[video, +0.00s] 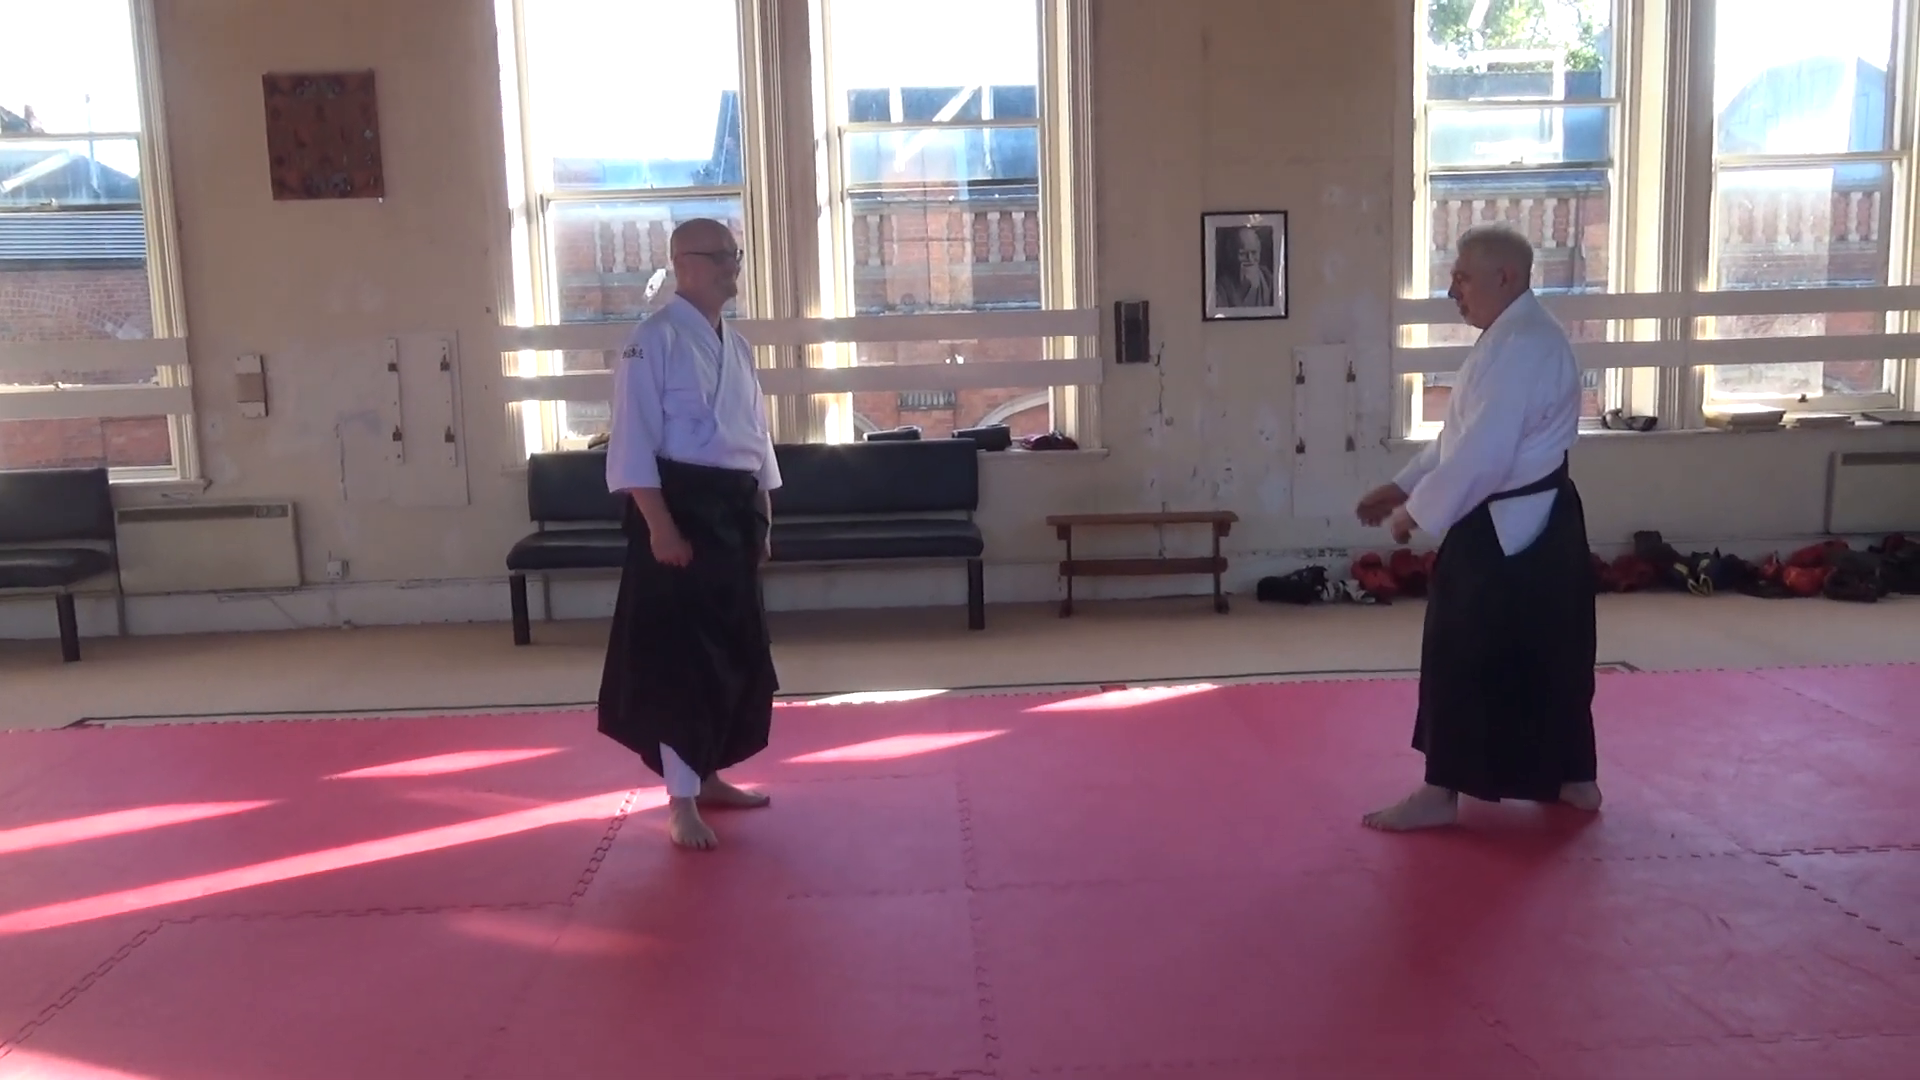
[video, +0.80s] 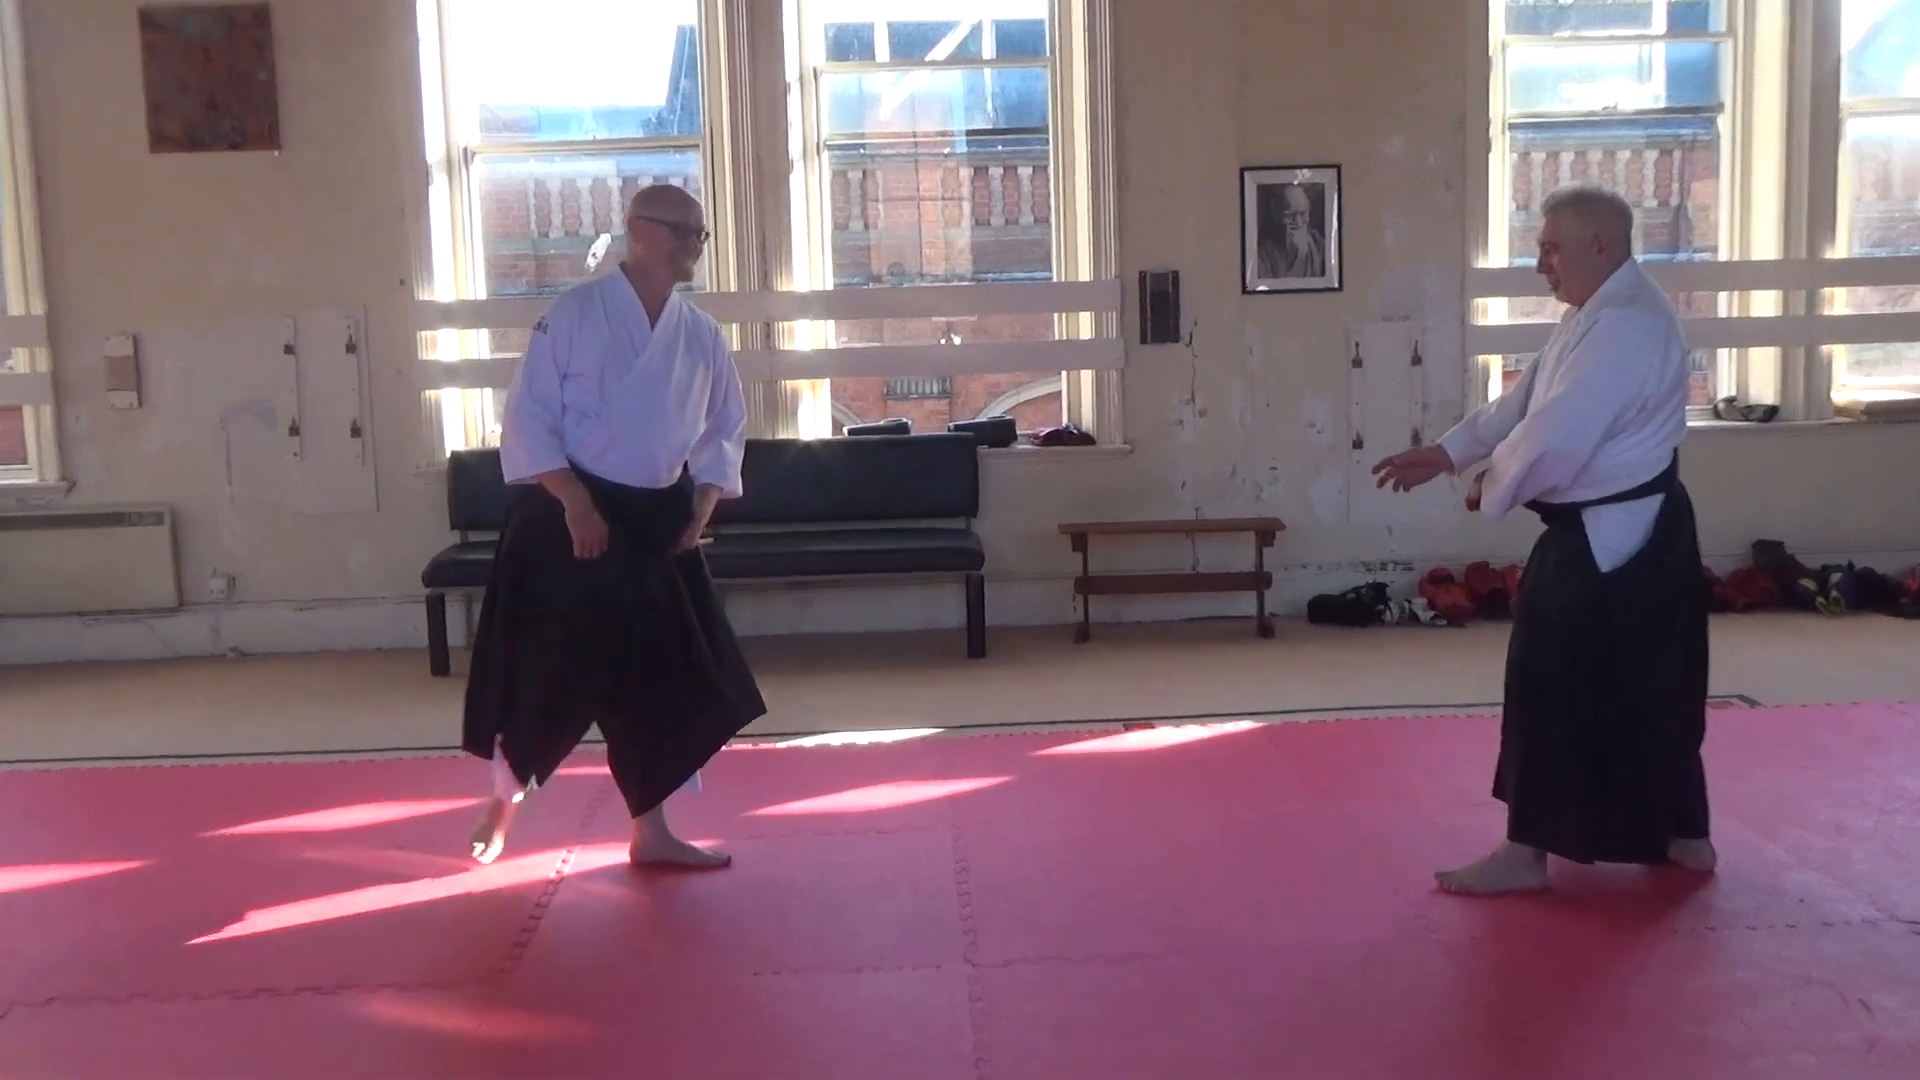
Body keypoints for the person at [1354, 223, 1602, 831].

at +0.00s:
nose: (1453, 288)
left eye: (1464, 277)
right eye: (1454, 277)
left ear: (1505, 277)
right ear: (1508, 279)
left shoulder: (1518, 345)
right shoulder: (1515, 335)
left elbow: (1481, 454)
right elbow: (1460, 438)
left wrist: (1415, 513)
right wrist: (1400, 486)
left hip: (1500, 523)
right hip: (1542, 514)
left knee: (1453, 654)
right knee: (1555, 649)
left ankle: (1438, 792)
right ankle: (1576, 779)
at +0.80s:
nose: (1542, 263)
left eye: (1553, 248)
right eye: (1541, 248)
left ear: (1602, 247)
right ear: (1602, 249)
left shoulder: (1623, 323)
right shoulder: (1599, 312)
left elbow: (1554, 440)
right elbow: (1527, 396)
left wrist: (1492, 485)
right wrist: (1447, 452)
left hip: (1603, 530)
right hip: (1636, 521)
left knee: (1542, 681)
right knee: (1657, 682)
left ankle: (1525, 850)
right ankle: (1686, 836)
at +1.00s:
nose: (1647, 215)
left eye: (1660, 199)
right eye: (1646, 199)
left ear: (1715, 197)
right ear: (1711, 199)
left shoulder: (1736, 287)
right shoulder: (1711, 273)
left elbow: (1648, 421)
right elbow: (1623, 366)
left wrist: (1582, 464)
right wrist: (1528, 427)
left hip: (1709, 526)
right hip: (1747, 516)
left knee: (1638, 703)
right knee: (1770, 704)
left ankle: (1615, 894)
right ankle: (1801, 879)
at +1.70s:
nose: (1583, 232)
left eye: (1595, 216)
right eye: (1583, 215)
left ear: (1646, 219)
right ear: (1656, 221)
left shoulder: (1645, 307)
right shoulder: (1697, 279)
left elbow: (1566, 423)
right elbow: (1581, 351)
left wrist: (1511, 478)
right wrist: (1486, 313)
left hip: (1661, 531)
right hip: (1727, 515)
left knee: (1548, 665)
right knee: (1767, 690)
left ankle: (1507, 856)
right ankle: (1830, 861)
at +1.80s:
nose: (1526, 242)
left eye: (1537, 226)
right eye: (1527, 225)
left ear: (1588, 231)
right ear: (1599, 229)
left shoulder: (1585, 317)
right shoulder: (1637, 286)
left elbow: (1504, 420)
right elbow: (1538, 324)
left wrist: (1423, 475)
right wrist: (1470, 259)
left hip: (1618, 534)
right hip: (1681, 516)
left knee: (1498, 666)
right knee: (1744, 691)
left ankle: (1446, 853)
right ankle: (1830, 855)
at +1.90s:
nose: (1441, 254)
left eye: (1455, 237)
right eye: (1440, 238)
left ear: (1505, 243)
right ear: (1512, 241)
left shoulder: (1489, 338)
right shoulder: (1552, 294)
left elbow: (1395, 430)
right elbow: (1465, 291)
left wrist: (1310, 472)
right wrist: (1422, 221)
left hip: (1536, 542)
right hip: (1599, 519)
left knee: (1429, 666)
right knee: (1681, 678)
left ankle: (1424, 853)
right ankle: (1791, 828)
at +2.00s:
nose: (1333, 279)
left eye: (1342, 267)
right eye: (1333, 266)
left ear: (1381, 270)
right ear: (1397, 270)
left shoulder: (1374, 351)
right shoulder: (1434, 315)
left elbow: (1293, 437)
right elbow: (1356, 271)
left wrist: (1210, 483)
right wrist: (1333, 221)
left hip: (1425, 542)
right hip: (1471, 522)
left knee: (1349, 671)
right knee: (1541, 658)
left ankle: (1382, 832)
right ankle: (1634, 761)